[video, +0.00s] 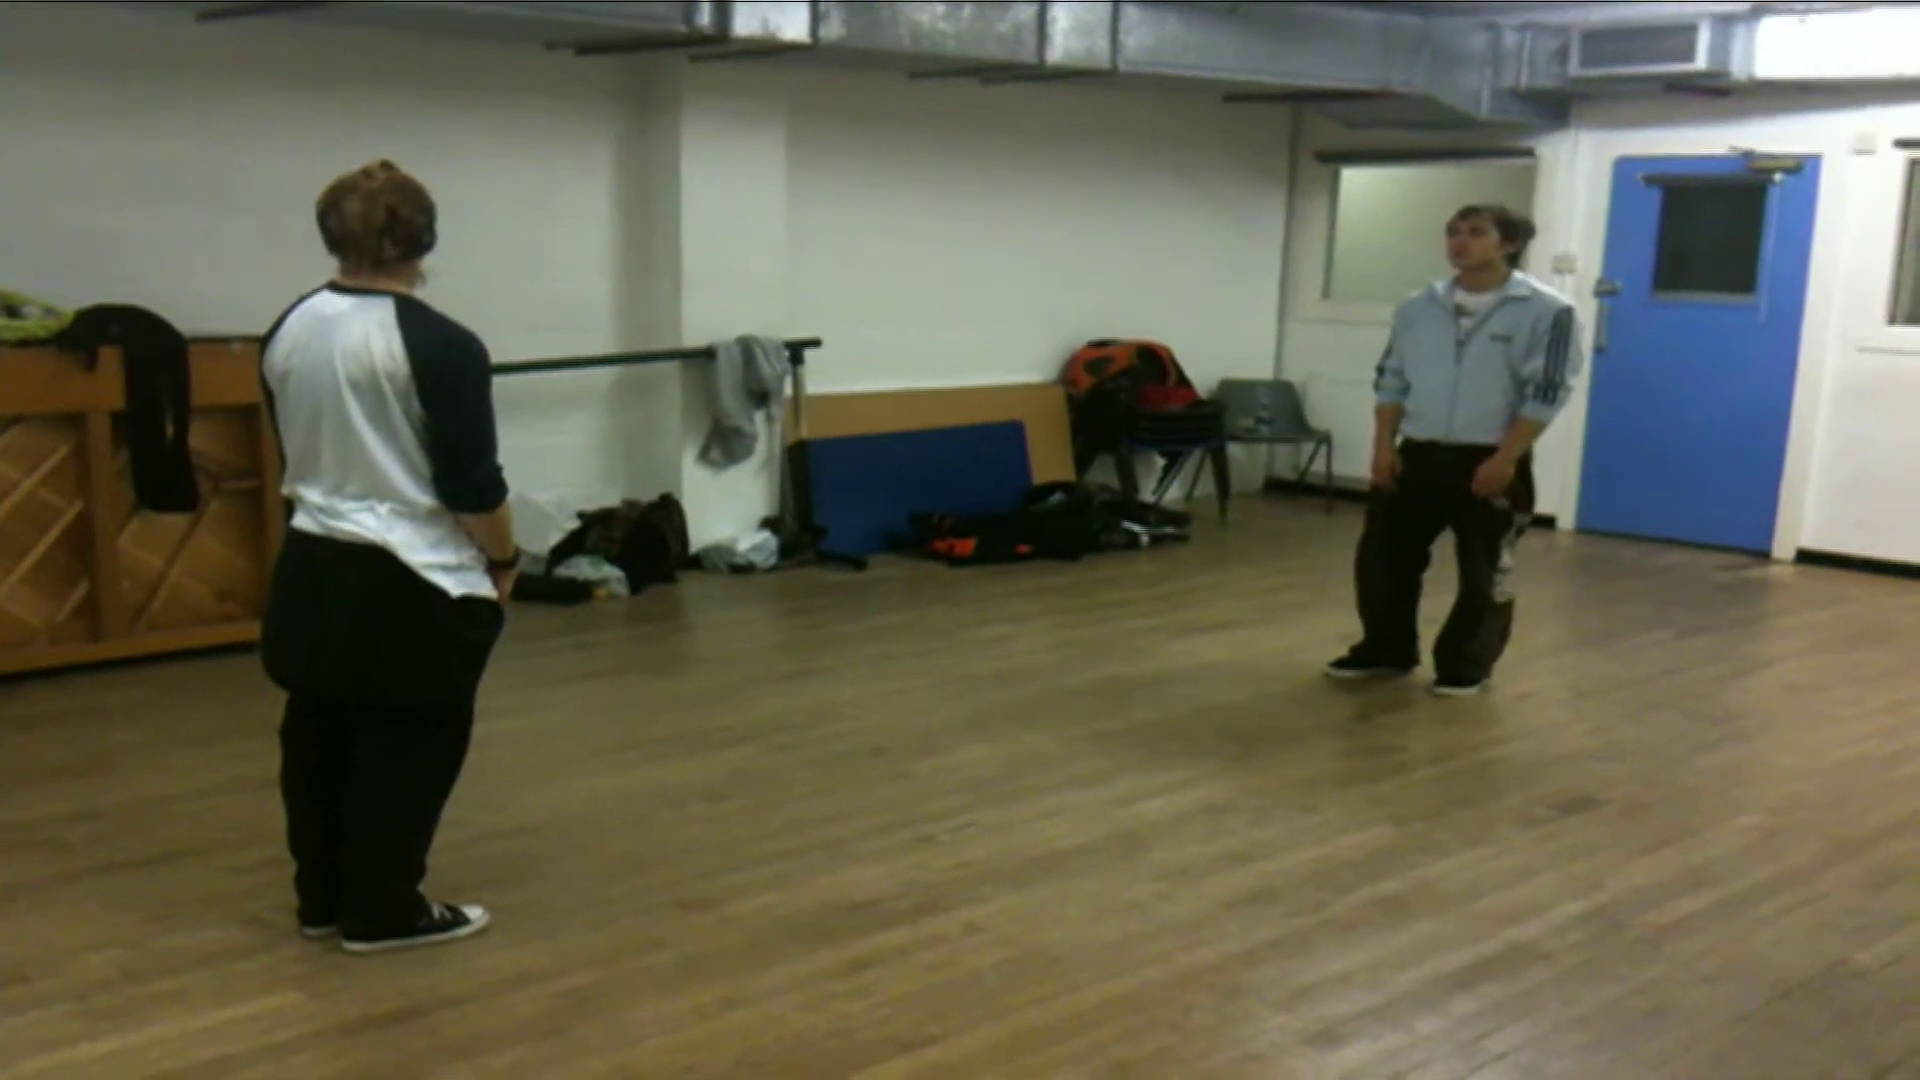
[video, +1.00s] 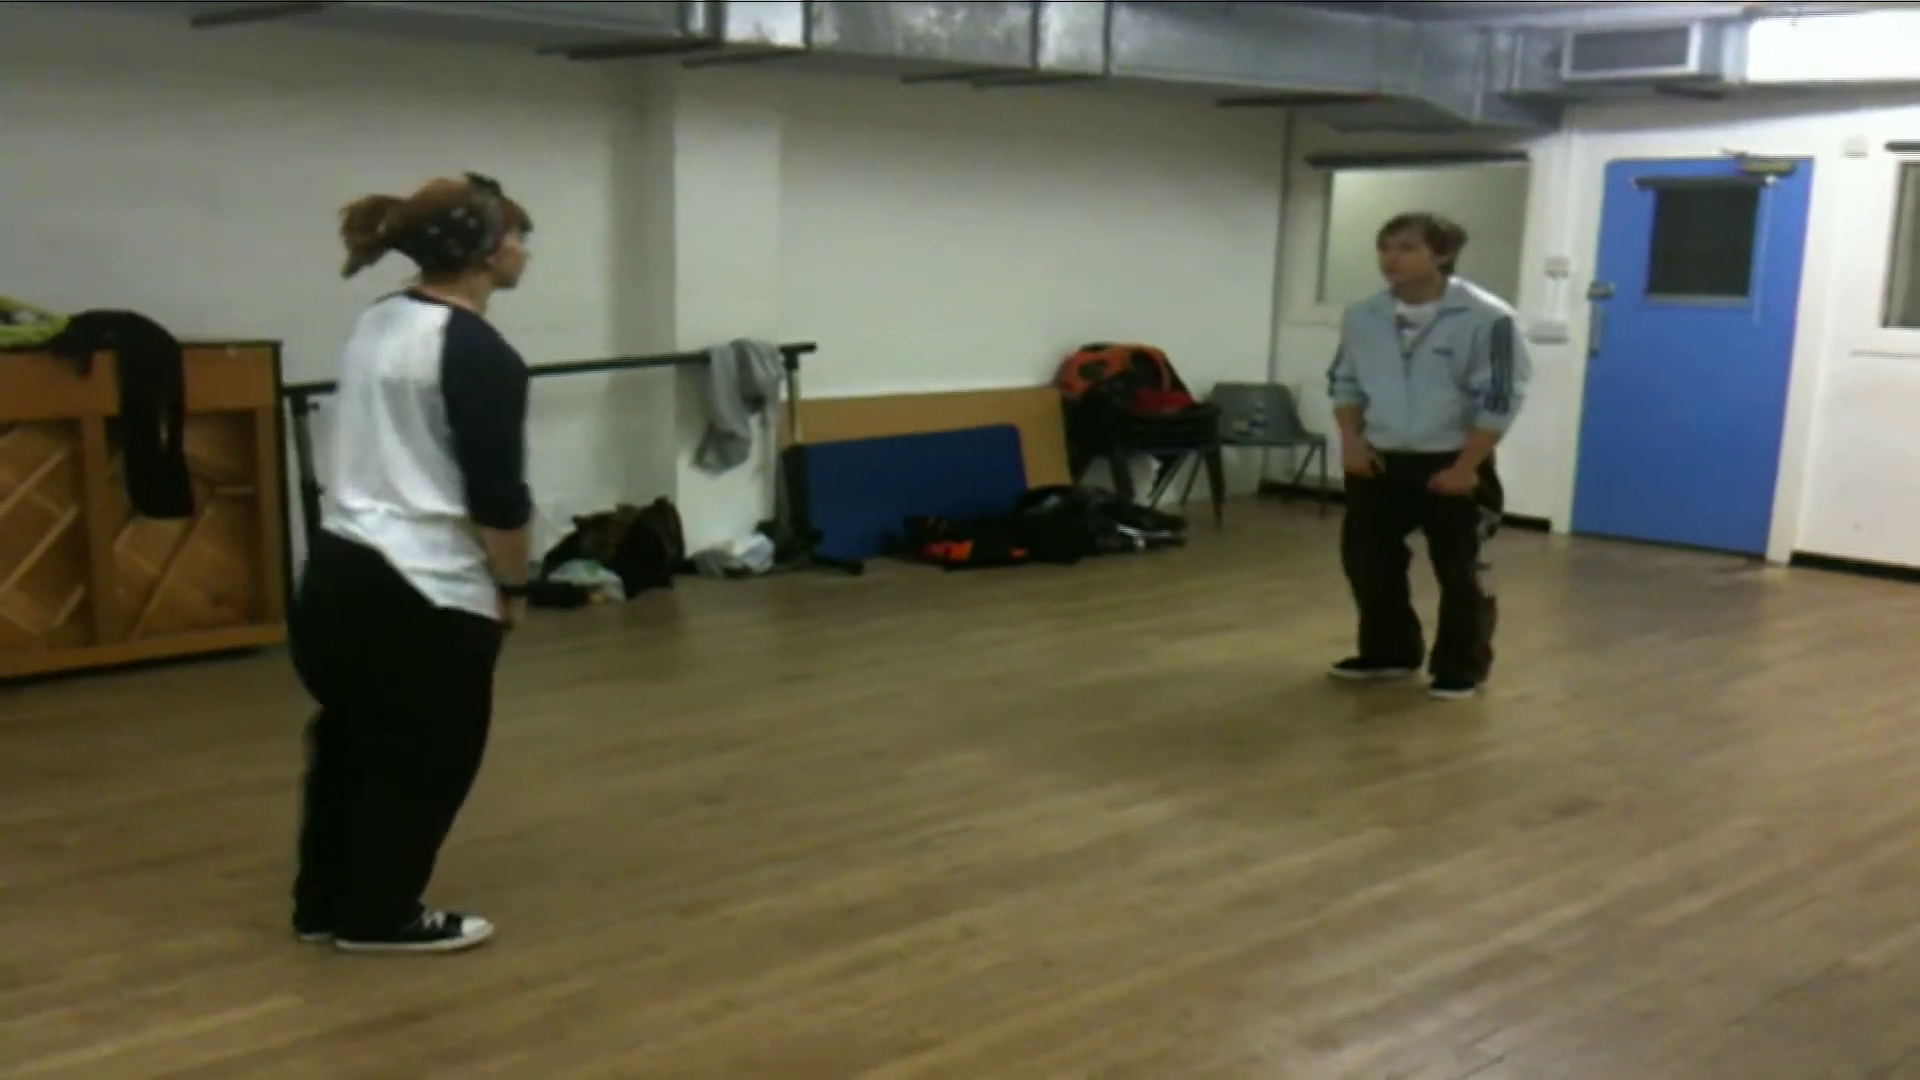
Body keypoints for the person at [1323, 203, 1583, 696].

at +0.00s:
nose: (1460, 242)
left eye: (1474, 234)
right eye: (1455, 234)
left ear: (1506, 244)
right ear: (1446, 244)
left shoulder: (1546, 313)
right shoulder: (1418, 308)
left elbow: (1546, 397)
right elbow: (1391, 382)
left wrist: (1506, 456)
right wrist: (1384, 446)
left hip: (1491, 464)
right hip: (1420, 459)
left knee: (1485, 576)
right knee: (1382, 557)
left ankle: (1463, 667)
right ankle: (1387, 649)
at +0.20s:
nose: (1470, 243)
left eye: (1484, 235)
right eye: (1464, 234)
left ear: (1515, 246)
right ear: (1455, 244)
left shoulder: (1554, 315)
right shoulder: (1426, 308)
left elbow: (1554, 400)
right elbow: (1400, 383)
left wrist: (1514, 458)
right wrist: (1391, 445)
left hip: (1499, 465)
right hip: (1428, 459)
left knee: (1491, 575)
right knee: (1386, 553)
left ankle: (1467, 666)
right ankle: (1390, 648)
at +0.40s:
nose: (1460, 240)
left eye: (1475, 232)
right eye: (1454, 231)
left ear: (1507, 244)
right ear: (1445, 241)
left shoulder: (1545, 313)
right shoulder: (1416, 306)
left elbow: (1546, 397)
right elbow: (1390, 376)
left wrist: (1507, 455)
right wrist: (1382, 434)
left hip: (1492, 461)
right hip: (1420, 456)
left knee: (1484, 568)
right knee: (1381, 545)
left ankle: (1462, 663)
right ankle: (1390, 643)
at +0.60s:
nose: (1431, 244)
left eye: (1445, 235)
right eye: (1424, 235)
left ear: (1476, 245)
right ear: (1416, 245)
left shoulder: (1519, 312)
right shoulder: (1390, 309)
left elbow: (1519, 396)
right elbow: (1369, 380)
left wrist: (1485, 458)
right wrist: (1361, 441)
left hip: (1472, 462)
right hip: (1401, 458)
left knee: (1471, 571)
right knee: (1380, 553)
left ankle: (1455, 663)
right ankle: (1385, 645)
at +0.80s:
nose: (1423, 254)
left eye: (1436, 245)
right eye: (1416, 245)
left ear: (1467, 253)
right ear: (1408, 253)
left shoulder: (1514, 318)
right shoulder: (1386, 316)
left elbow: (1518, 402)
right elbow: (1367, 386)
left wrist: (1485, 465)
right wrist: (1363, 447)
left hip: (1469, 468)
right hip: (1400, 465)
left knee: (1473, 576)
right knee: (1387, 565)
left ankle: (1464, 669)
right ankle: (1393, 653)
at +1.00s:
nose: (1392, 258)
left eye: (1406, 248)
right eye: (1386, 249)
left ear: (1439, 256)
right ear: (1379, 256)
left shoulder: (1489, 320)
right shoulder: (1362, 318)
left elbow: (1500, 403)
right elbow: (1345, 384)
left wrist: (1466, 466)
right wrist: (1352, 439)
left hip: (1453, 466)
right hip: (1383, 463)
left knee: (1460, 570)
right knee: (1366, 555)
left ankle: (1460, 667)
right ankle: (1390, 650)